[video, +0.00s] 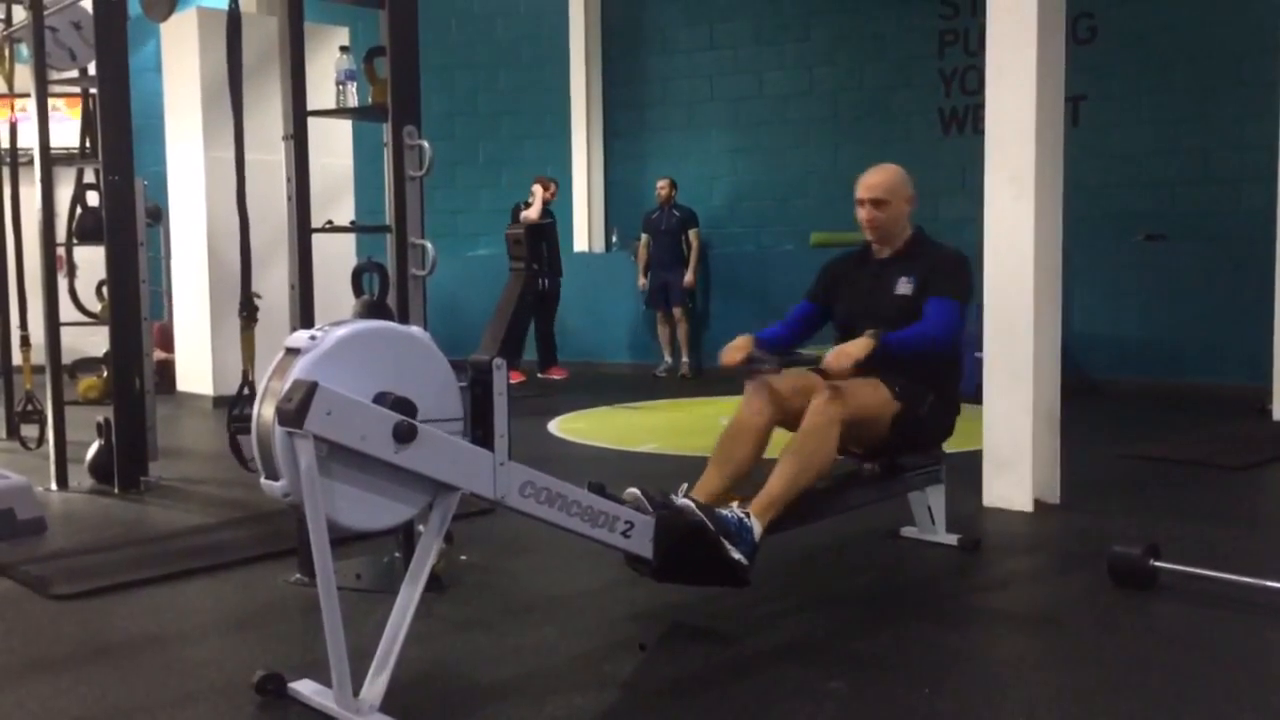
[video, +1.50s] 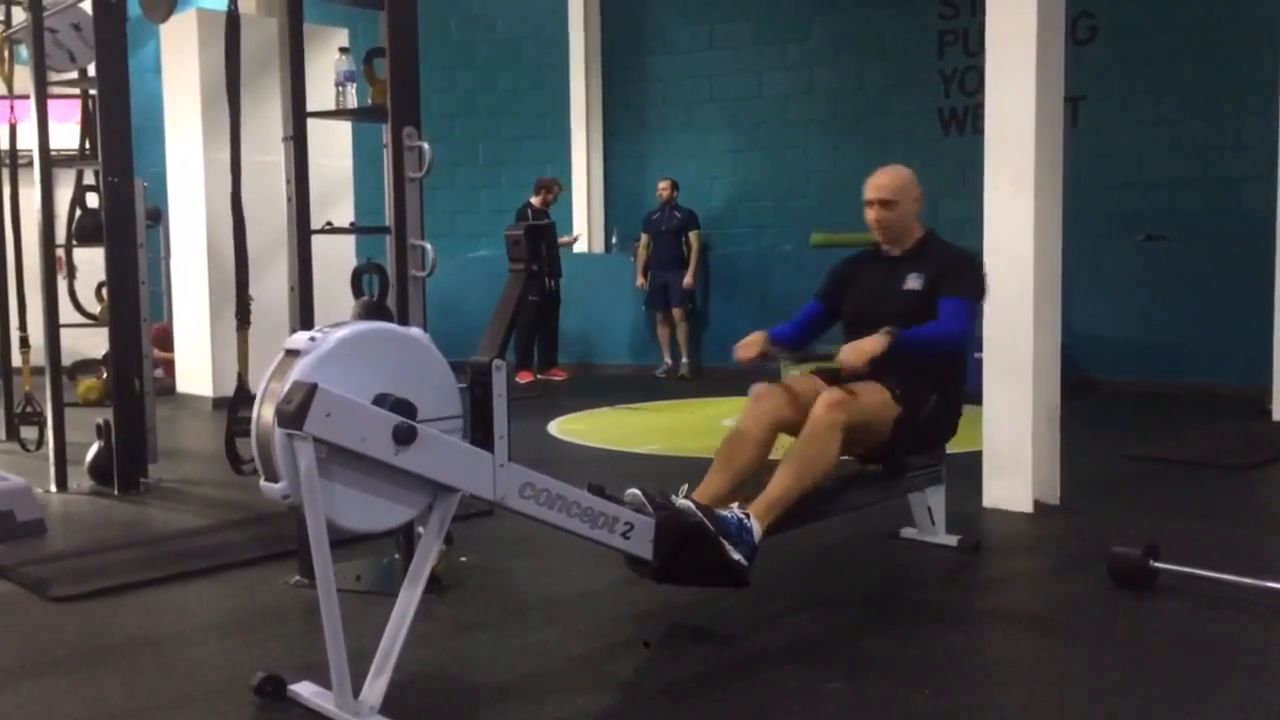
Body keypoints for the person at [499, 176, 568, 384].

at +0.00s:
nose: (552, 198)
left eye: (553, 195)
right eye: (550, 194)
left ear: (551, 196)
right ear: (539, 191)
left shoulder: (549, 215)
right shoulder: (521, 209)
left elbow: (552, 246)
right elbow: (532, 217)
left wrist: (556, 272)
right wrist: (537, 196)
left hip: (550, 276)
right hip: (528, 276)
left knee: (546, 324)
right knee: (519, 322)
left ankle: (548, 365)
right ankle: (511, 366)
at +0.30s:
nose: (566, 203)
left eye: (568, 200)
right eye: (566, 198)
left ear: (563, 197)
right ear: (557, 191)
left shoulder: (558, 213)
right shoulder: (531, 205)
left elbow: (555, 243)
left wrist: (559, 270)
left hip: (554, 271)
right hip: (535, 271)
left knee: (551, 319)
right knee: (531, 319)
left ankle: (549, 362)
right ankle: (526, 363)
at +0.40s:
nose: (567, 206)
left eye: (569, 203)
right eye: (567, 202)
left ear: (561, 197)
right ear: (558, 195)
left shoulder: (552, 213)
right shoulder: (533, 206)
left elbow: (553, 248)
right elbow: (531, 239)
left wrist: (559, 273)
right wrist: (560, 224)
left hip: (554, 275)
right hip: (536, 275)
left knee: (550, 322)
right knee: (532, 321)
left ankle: (548, 363)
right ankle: (526, 364)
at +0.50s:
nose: (571, 204)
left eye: (573, 200)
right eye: (570, 199)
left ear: (563, 195)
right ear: (561, 194)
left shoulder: (558, 213)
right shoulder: (534, 206)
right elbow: (530, 242)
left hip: (554, 272)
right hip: (535, 273)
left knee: (550, 321)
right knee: (532, 320)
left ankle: (546, 362)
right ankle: (526, 363)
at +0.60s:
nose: (570, 204)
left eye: (572, 200)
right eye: (570, 199)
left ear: (563, 195)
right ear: (561, 193)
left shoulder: (557, 212)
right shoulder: (535, 207)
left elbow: (552, 240)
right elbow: (530, 241)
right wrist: (536, 271)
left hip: (554, 272)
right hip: (536, 272)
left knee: (551, 320)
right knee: (531, 320)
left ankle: (549, 361)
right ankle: (526, 364)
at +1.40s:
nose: (556, 200)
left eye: (557, 196)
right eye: (555, 195)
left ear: (547, 194)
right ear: (544, 193)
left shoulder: (546, 214)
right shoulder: (527, 214)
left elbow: (548, 243)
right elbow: (527, 247)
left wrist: (565, 241)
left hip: (551, 277)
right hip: (533, 279)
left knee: (550, 324)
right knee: (528, 325)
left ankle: (548, 365)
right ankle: (524, 368)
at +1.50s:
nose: (555, 200)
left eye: (556, 196)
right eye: (554, 195)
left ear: (545, 194)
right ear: (543, 193)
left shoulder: (545, 214)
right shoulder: (526, 214)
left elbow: (546, 243)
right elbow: (527, 247)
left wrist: (563, 242)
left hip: (551, 278)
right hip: (532, 279)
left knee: (550, 324)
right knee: (527, 325)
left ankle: (548, 366)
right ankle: (523, 368)